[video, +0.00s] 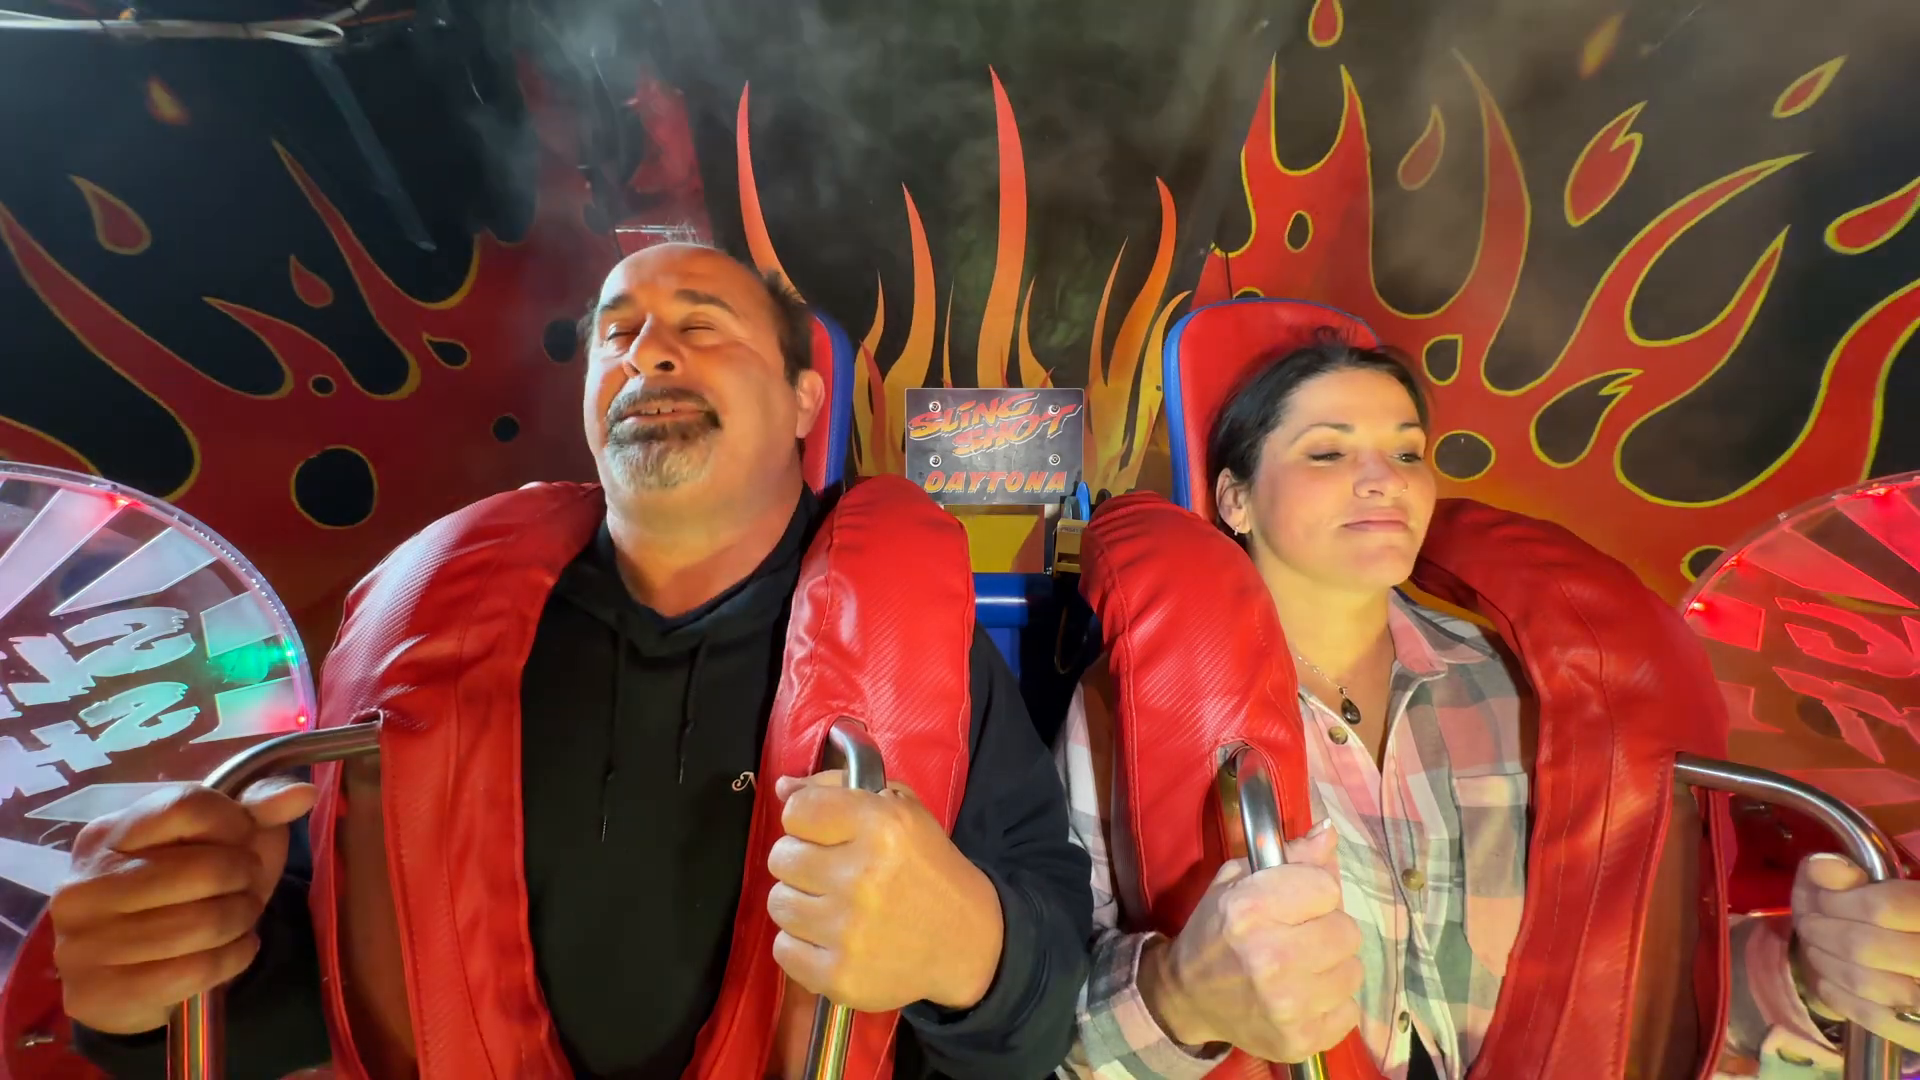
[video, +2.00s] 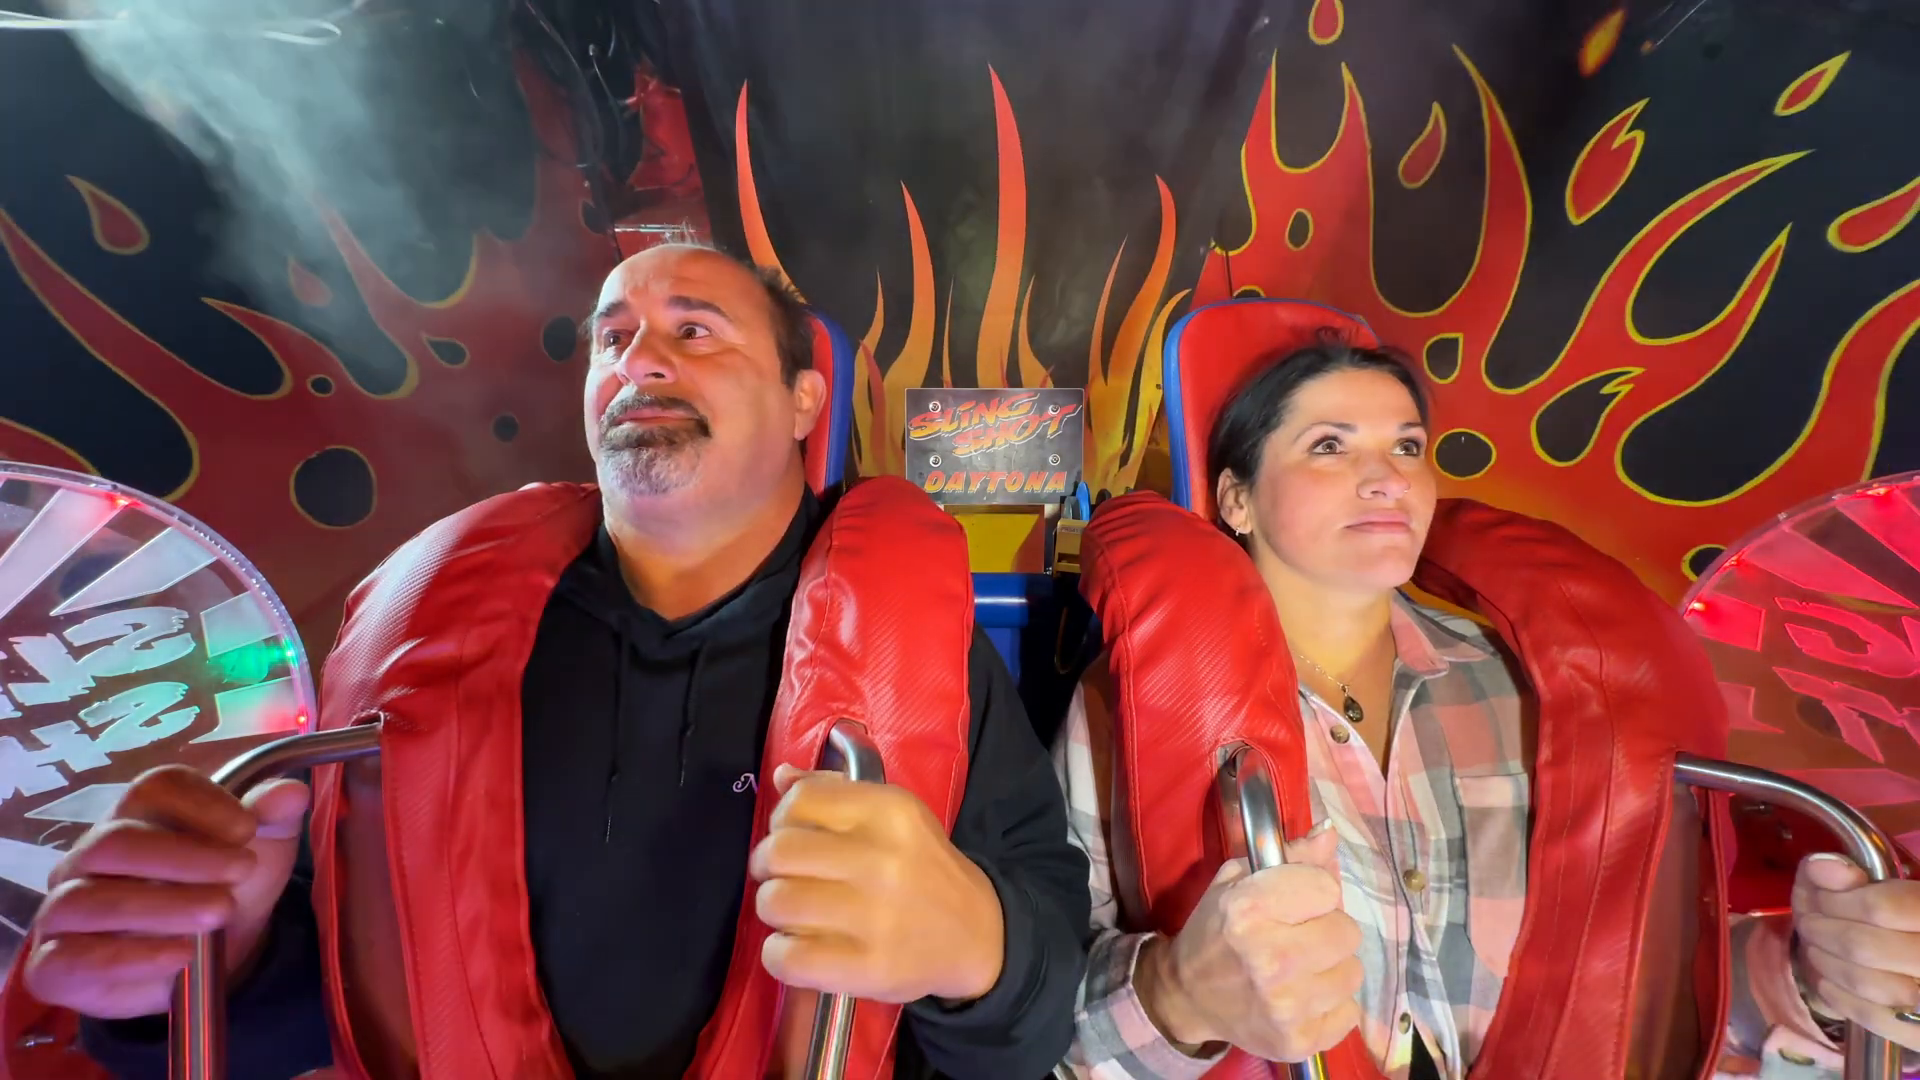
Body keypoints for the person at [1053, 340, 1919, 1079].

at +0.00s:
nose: (1383, 484)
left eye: (1406, 455)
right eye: (1329, 455)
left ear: (1435, 490)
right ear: (1236, 500)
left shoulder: (1519, 695)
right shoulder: (1137, 717)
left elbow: (1610, 975)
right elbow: (1049, 1032)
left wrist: (1800, 972)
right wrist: (1170, 1004)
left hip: (1494, 1068)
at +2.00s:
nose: (1388, 478)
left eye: (1408, 449)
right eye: (1331, 447)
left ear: (1436, 489)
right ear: (1238, 501)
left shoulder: (1524, 694)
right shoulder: (1141, 714)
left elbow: (1616, 979)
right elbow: (1045, 1031)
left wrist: (1802, 976)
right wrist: (1171, 1001)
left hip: (1495, 1065)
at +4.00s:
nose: (1386, 487)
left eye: (1408, 459)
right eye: (1331, 458)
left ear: (1437, 491)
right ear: (1238, 502)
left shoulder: (1517, 691)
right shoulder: (1141, 714)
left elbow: (1611, 968)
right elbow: (1055, 1035)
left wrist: (1798, 973)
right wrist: (1171, 1001)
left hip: (1491, 1067)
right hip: (1257, 1073)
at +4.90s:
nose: (1389, 486)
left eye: (1408, 455)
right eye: (1332, 455)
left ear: (1434, 485)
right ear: (1239, 502)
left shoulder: (1513, 687)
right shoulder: (1144, 710)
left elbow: (1614, 961)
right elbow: (1056, 1032)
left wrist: (1810, 972)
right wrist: (1171, 998)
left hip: (1489, 1067)